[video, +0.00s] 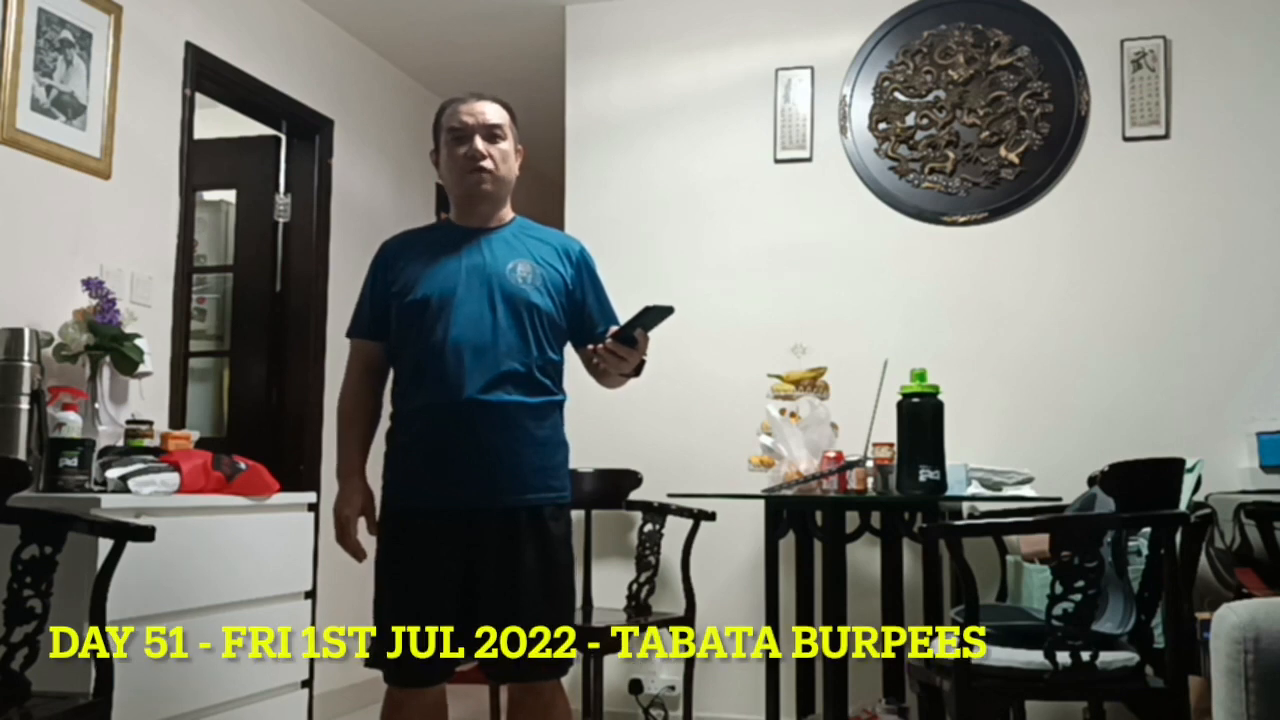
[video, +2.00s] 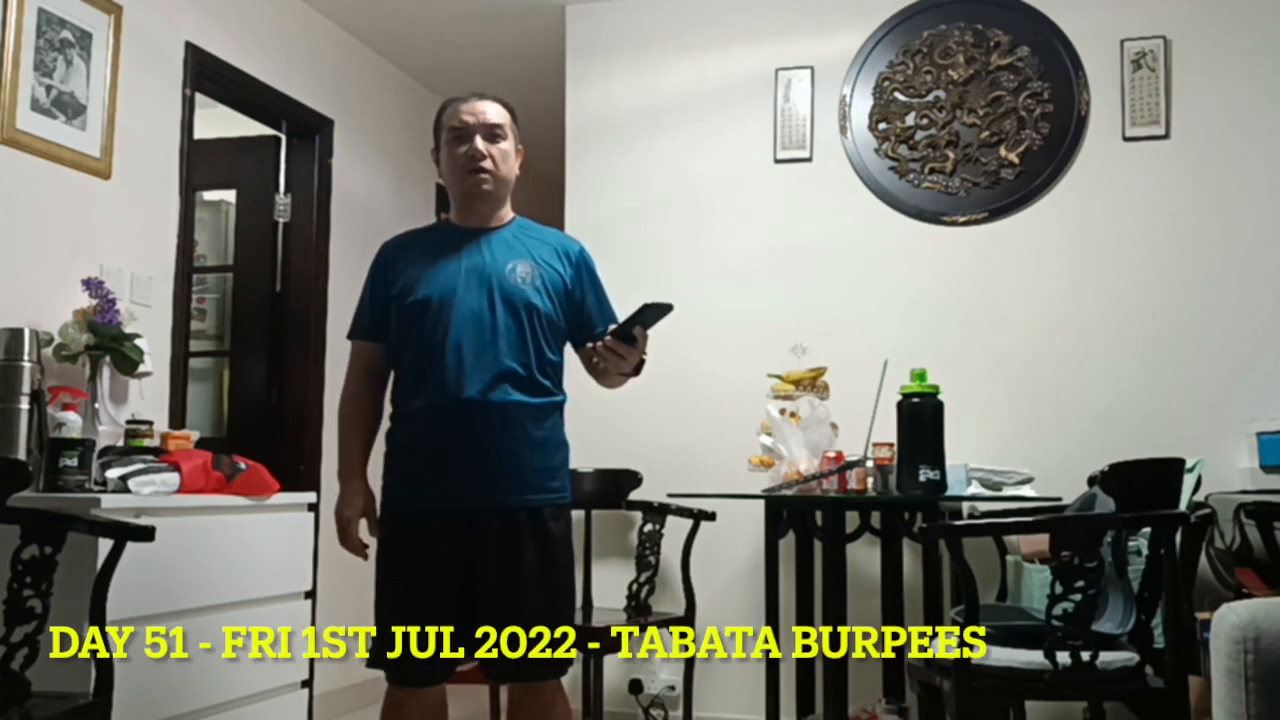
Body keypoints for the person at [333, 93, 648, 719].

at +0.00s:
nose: (477, 146)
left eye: (492, 135)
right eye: (459, 137)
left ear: (519, 158)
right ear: (437, 162)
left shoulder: (563, 253)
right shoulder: (399, 255)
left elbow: (604, 361)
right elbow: (364, 374)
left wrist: (622, 363)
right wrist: (351, 475)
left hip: (529, 496)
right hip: (421, 496)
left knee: (536, 680)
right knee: (412, 681)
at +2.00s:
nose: (477, 146)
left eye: (493, 134)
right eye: (460, 137)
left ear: (519, 159)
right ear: (438, 161)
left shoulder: (563, 253)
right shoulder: (400, 256)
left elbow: (603, 363)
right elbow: (365, 376)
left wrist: (622, 362)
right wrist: (352, 477)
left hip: (528, 497)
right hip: (421, 497)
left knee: (536, 680)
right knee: (413, 681)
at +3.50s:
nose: (543, 185)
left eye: (559, 167)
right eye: (523, 163)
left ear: (571, 171)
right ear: (481, 158)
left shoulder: (594, 274)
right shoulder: (416, 256)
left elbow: (638, 390)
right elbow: (362, 364)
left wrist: (653, 400)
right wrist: (352, 466)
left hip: (543, 521)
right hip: (428, 512)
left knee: (577, 700)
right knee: (398, 701)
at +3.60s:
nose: (594, 190)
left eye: (612, 172)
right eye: (574, 165)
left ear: (624, 175)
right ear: (531, 158)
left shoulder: (639, 286)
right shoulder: (459, 250)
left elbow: (679, 397)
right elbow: (398, 361)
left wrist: (691, 429)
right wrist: (379, 466)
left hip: (575, 528)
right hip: (458, 517)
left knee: (599, 704)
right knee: (408, 696)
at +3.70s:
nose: (651, 210)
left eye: (672, 189)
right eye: (632, 181)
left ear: (685, 186)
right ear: (587, 165)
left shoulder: (690, 303)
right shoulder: (508, 247)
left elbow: (727, 415)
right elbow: (435, 362)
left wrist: (733, 457)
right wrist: (415, 477)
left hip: (610, 533)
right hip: (489, 519)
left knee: (635, 705)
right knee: (436, 702)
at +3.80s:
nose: (701, 239)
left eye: (723, 219)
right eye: (682, 209)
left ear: (738, 214)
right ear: (633, 186)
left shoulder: (732, 331)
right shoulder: (542, 252)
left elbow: (777, 454)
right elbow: (464, 355)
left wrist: (776, 501)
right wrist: (447, 490)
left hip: (637, 540)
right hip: (511, 525)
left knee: (661, 707)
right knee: (460, 705)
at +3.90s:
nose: (739, 269)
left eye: (763, 249)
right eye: (719, 236)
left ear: (776, 245)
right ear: (669, 208)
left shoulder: (763, 363)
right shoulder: (570, 261)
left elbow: (808, 493)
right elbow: (485, 353)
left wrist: (807, 554)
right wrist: (475, 486)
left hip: (656, 544)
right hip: (532, 526)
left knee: (671, 710)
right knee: (470, 704)